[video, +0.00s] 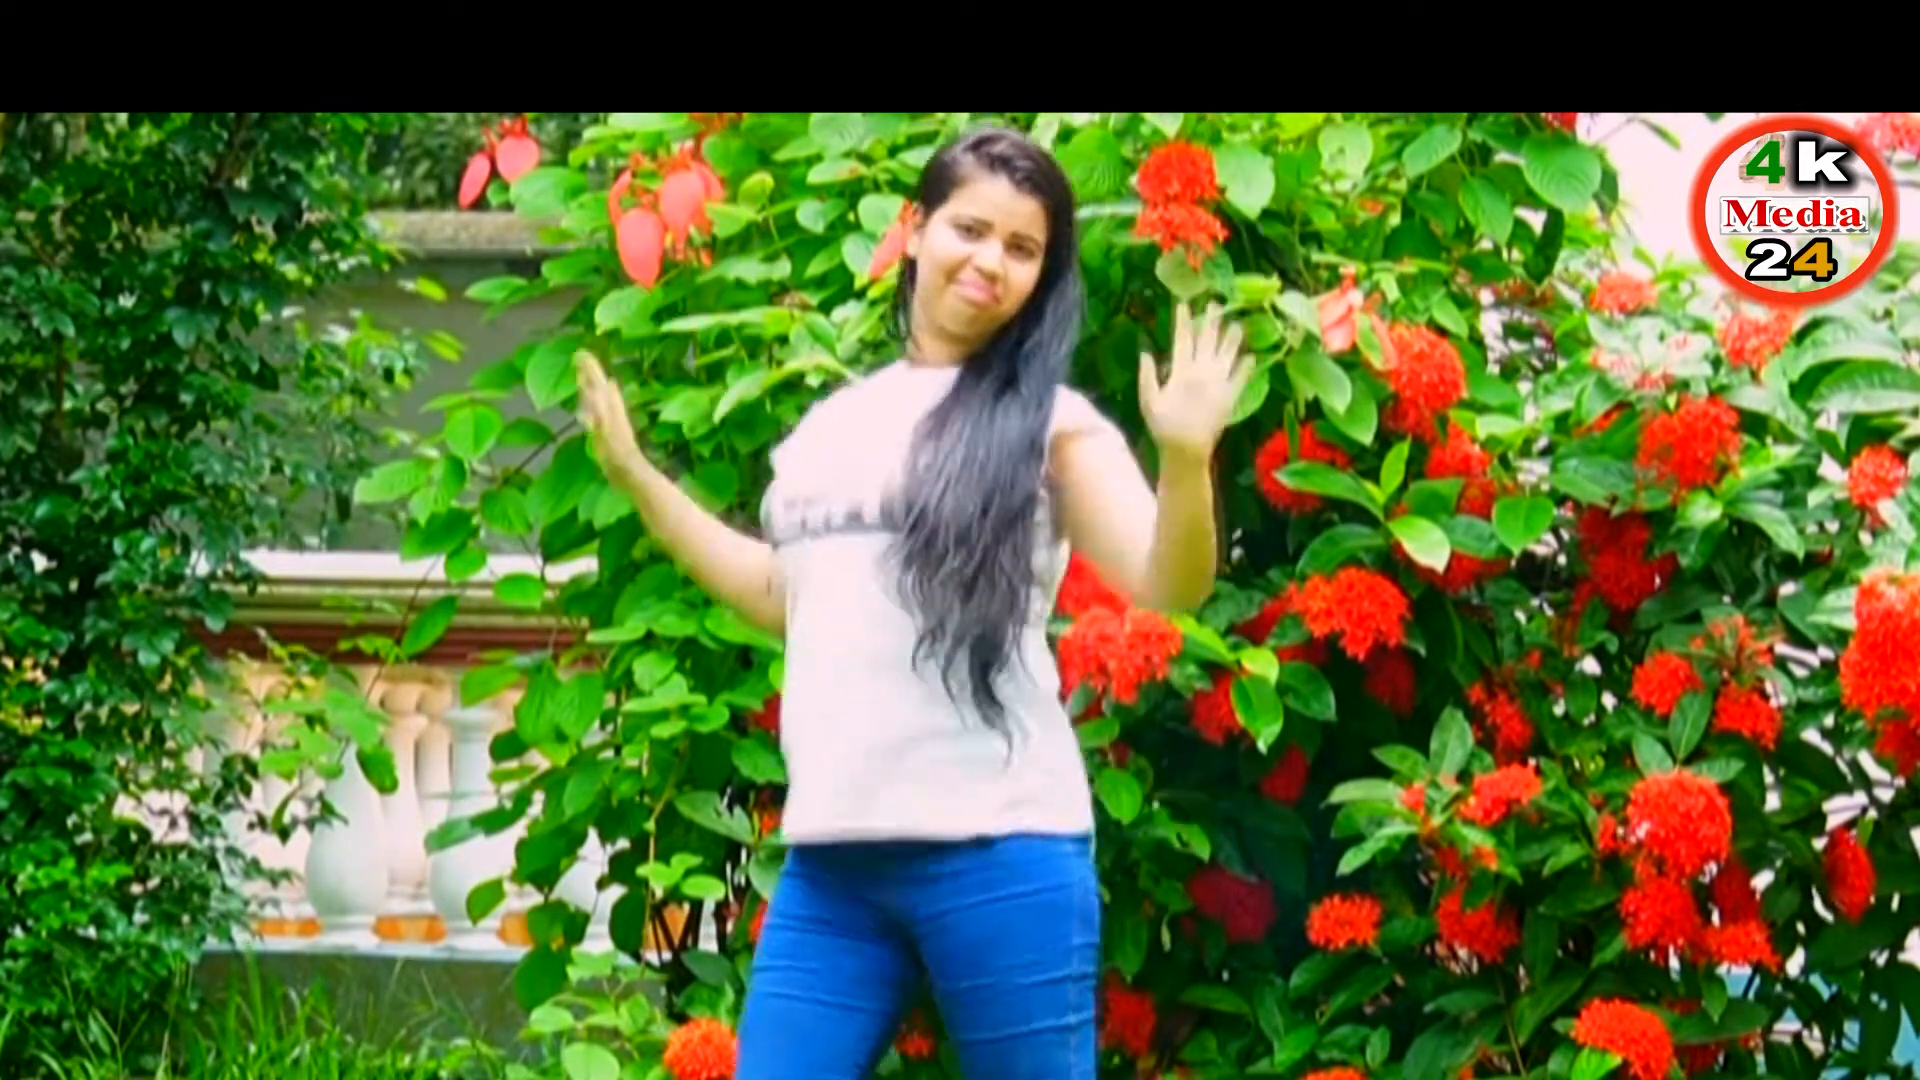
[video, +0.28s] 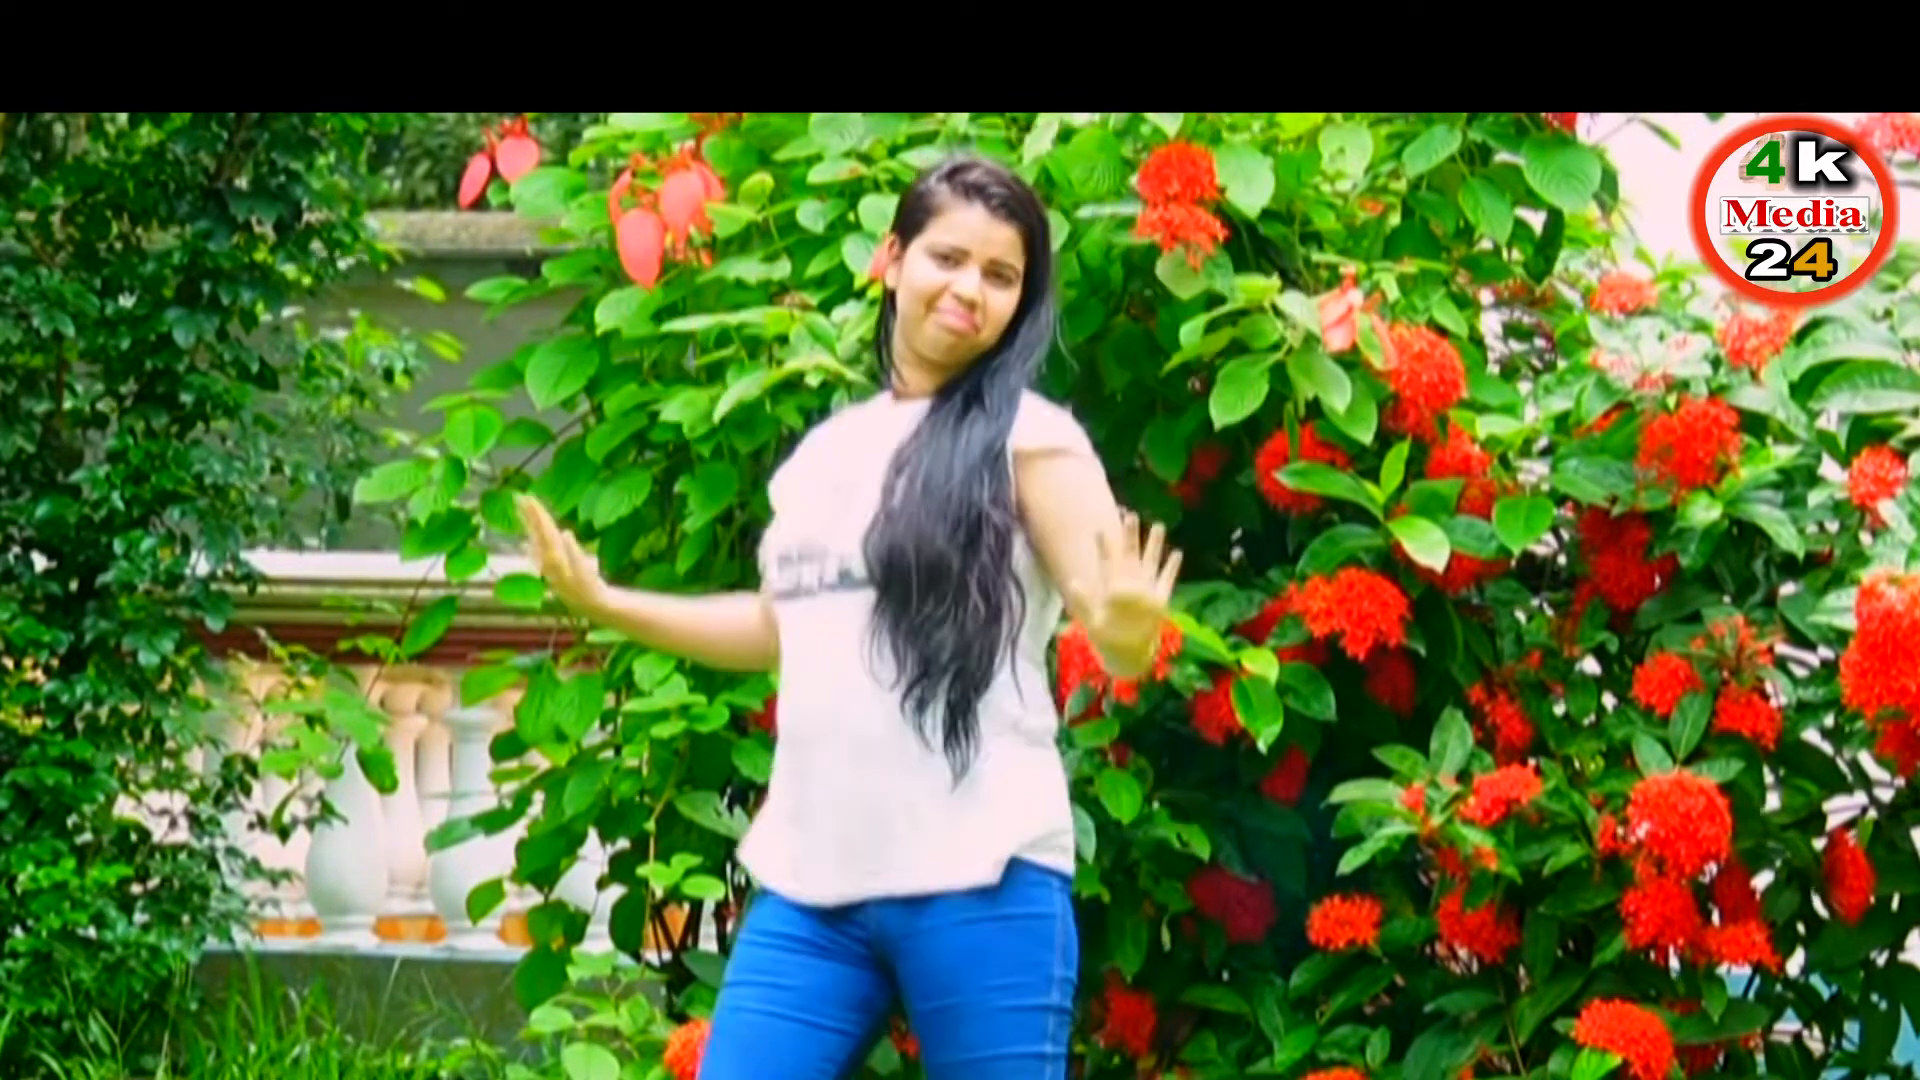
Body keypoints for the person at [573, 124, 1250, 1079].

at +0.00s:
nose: (989, 263)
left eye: (1021, 248)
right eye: (969, 229)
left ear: (1042, 276)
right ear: (916, 233)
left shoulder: (1046, 418)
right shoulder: (829, 421)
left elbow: (1165, 592)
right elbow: (783, 600)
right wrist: (634, 471)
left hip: (1004, 861)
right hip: (829, 862)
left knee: (1036, 1070)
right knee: (769, 1071)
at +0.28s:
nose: (968, 291)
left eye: (999, 275)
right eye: (947, 258)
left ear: (1023, 303)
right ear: (890, 263)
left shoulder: (1027, 431)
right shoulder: (823, 450)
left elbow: (1121, 640)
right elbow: (780, 631)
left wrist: (1129, 637)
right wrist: (605, 604)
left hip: (982, 879)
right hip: (809, 879)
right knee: (733, 1069)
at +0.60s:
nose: (989, 283)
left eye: (1023, 271)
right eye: (972, 251)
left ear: (1047, 304)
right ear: (923, 261)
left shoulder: (1067, 433)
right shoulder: (879, 452)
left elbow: (1148, 627)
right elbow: (804, 634)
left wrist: (1102, 593)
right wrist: (631, 622)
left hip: (995, 878)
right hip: (825, 865)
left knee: (1008, 1067)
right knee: (758, 1065)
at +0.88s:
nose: (1057, 234)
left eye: (1088, 218)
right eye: (1036, 205)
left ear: (1121, 253)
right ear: (990, 223)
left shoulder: (1129, 392)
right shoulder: (944, 406)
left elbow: (1219, 569)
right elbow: (889, 581)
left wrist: (1183, 389)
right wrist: (787, 443)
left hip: (1086, 846)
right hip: (930, 848)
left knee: (1089, 1071)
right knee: (852, 1069)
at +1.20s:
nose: (1096, 264)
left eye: (1131, 248)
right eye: (1077, 233)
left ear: (1169, 282)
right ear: (1039, 247)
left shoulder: (1172, 418)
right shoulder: (1010, 434)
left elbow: (1265, 604)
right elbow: (959, 607)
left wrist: (1210, 434)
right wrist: (834, 486)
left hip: (1120, 867)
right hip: (966, 865)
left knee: (1078, 1070)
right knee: (859, 1071)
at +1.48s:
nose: (1071, 275)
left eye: (1107, 262)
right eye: (1054, 244)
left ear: (1139, 295)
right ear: (1015, 254)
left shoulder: (1152, 432)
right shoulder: (984, 449)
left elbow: (1217, 623)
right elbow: (909, 629)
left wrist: (1150, 672)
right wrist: (752, 610)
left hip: (1101, 858)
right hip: (948, 850)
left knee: (1071, 1069)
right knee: (852, 1067)